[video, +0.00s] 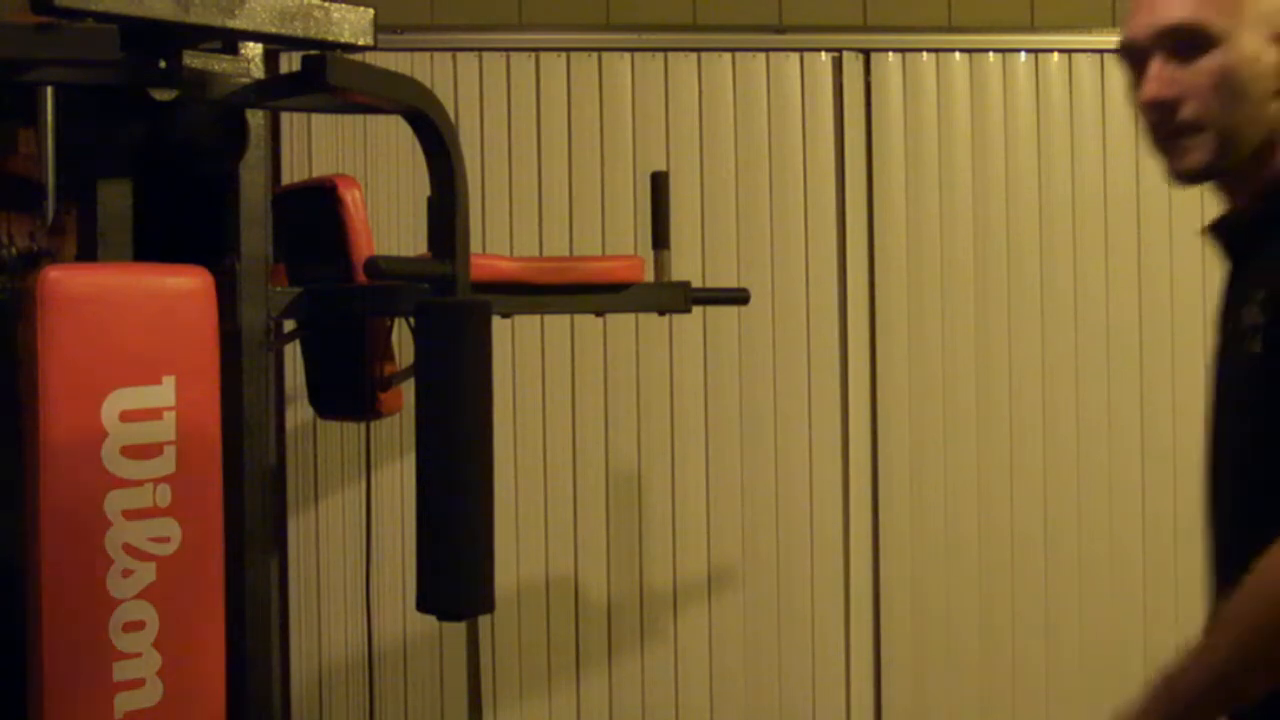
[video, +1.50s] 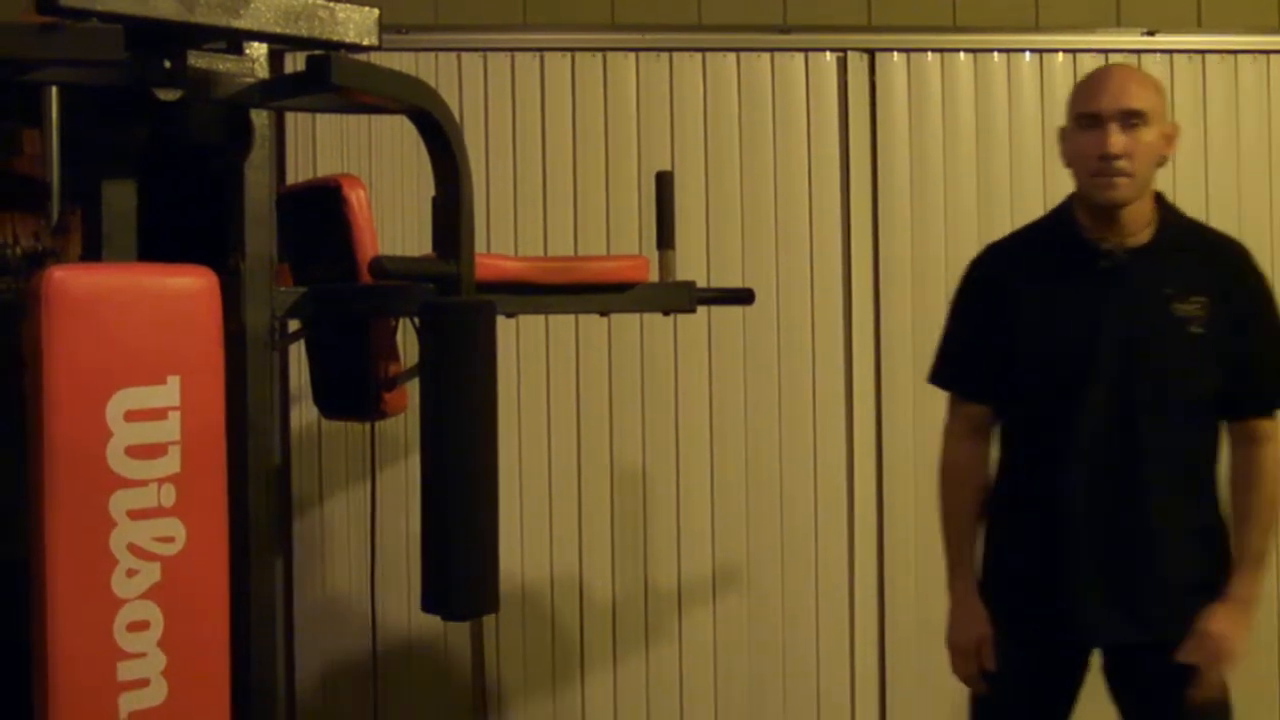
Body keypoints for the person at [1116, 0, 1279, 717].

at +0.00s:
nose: (1153, 90)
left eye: (1190, 48)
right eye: (1137, 61)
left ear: (1277, 43)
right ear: (1127, 71)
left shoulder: (1270, 255)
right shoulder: (1253, 255)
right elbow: (1256, 530)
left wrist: (1162, 708)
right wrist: (1203, 699)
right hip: (1258, 696)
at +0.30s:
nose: (1099, 96)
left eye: (1128, 61)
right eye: (1077, 74)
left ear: (1202, 73)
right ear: (1064, 97)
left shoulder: (1270, 204)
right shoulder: (1122, 273)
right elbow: (1157, 462)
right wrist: (1059, 628)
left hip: (1275, 669)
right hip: (1177, 678)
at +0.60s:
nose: (1147, 109)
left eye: (1171, 81)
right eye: (1120, 91)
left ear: (1224, 98)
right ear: (1102, 121)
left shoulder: (1279, 235)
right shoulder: (1077, 289)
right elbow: (1062, 481)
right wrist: (1041, 664)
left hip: (1279, 646)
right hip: (1150, 660)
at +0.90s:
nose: (1193, 146)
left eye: (1217, 121)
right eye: (1170, 125)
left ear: (1261, 137)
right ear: (1146, 145)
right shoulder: (1092, 283)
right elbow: (1055, 453)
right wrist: (1039, 619)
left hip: (1268, 625)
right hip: (1130, 628)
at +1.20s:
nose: (1185, 139)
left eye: (1208, 120)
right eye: (1163, 119)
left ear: (1244, 141)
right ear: (1136, 138)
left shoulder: (1274, 266)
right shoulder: (1066, 271)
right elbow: (1028, 440)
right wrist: (1013, 605)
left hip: (1242, 603)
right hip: (1095, 601)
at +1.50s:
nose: (1110, 142)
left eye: (1132, 123)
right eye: (1090, 124)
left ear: (1167, 142)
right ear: (1065, 144)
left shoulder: (1223, 272)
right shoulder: (1002, 271)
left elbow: (1256, 438)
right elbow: (966, 433)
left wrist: (1241, 596)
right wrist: (962, 591)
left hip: (1169, 583)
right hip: (1033, 583)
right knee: (1008, 716)